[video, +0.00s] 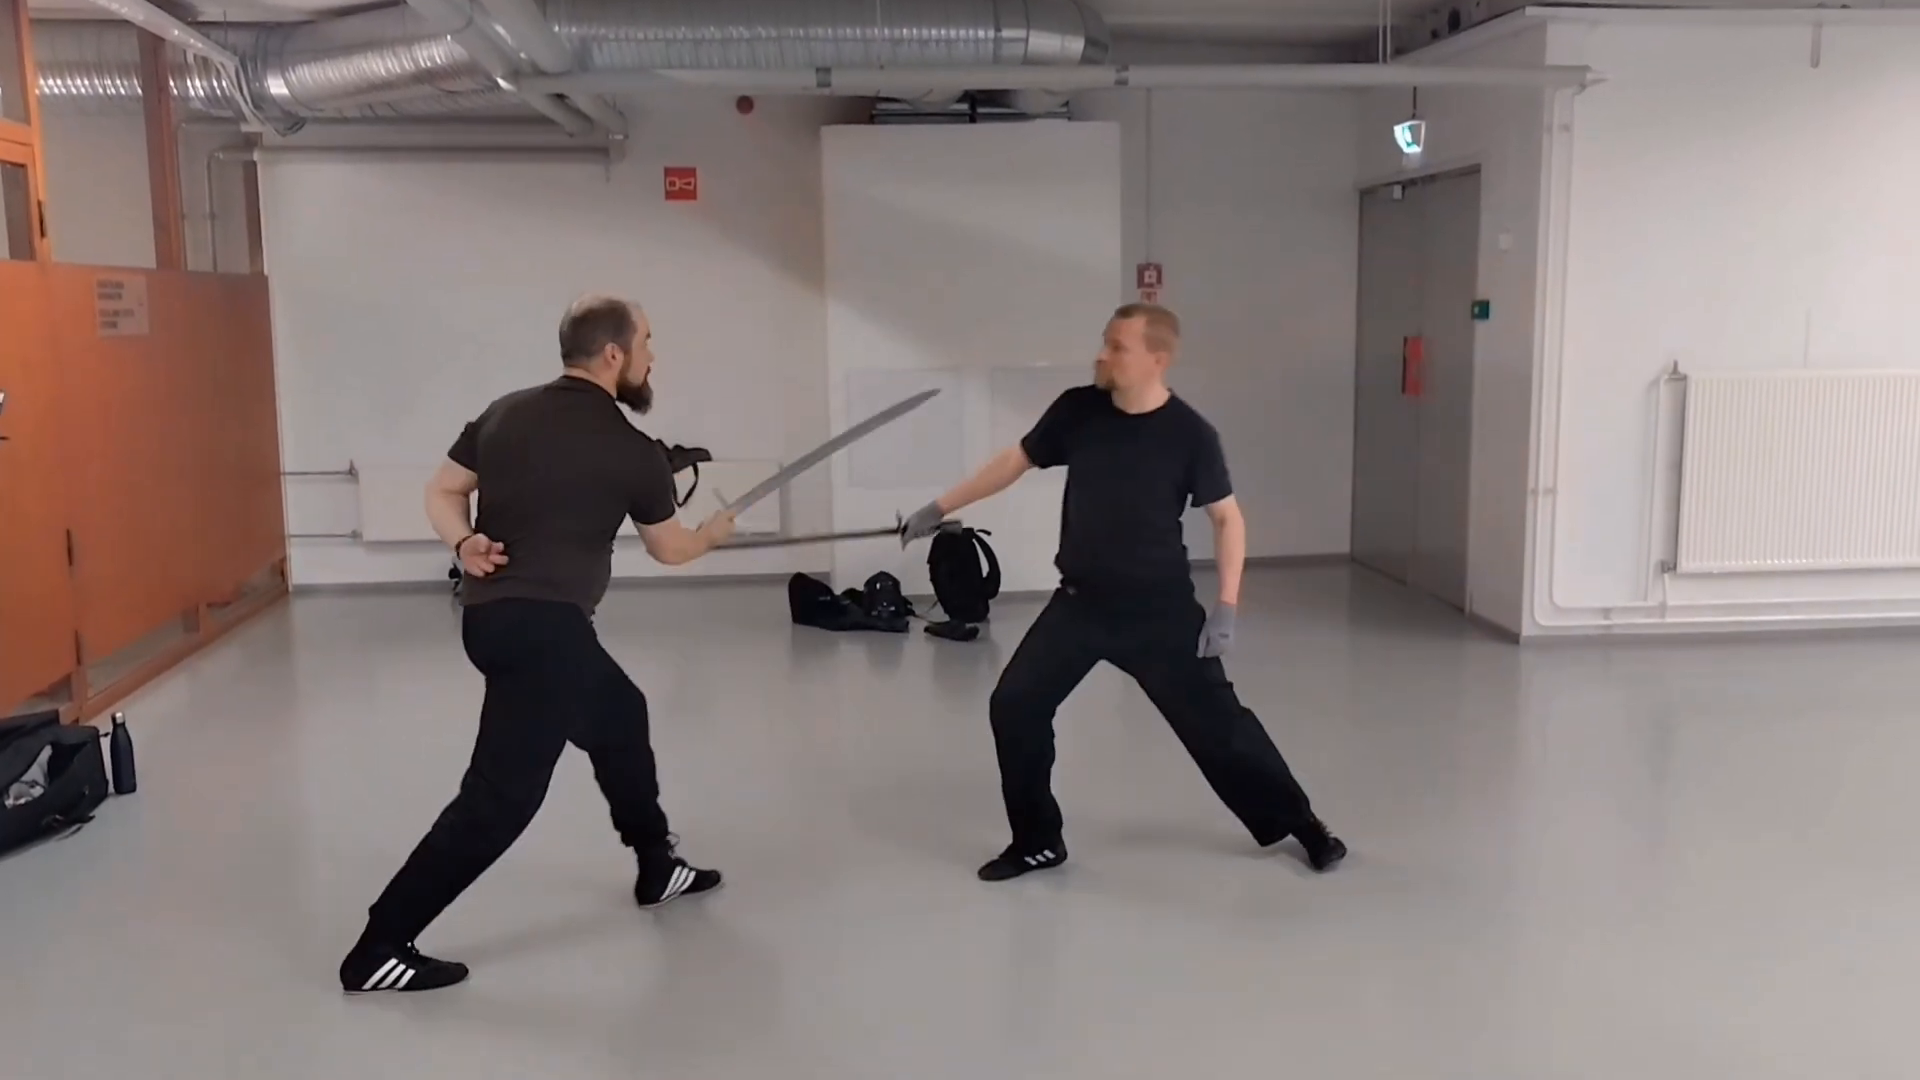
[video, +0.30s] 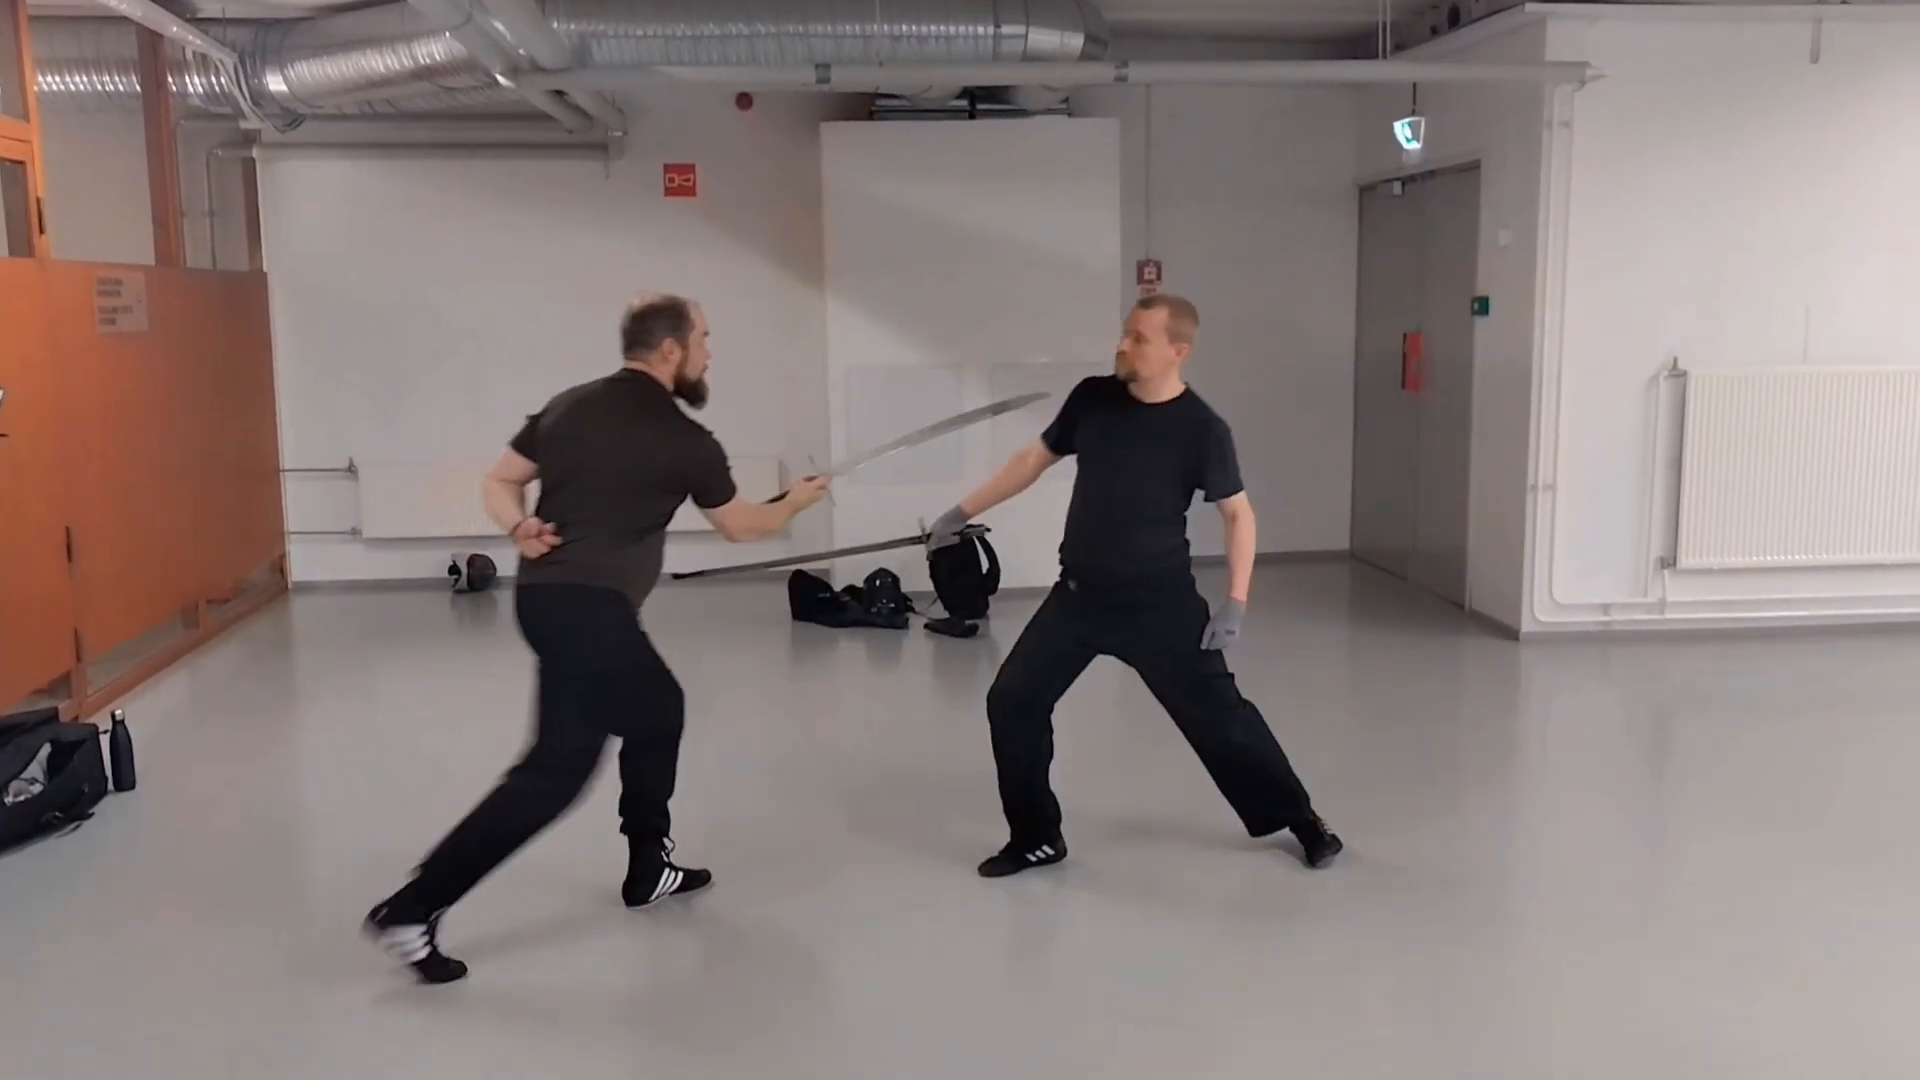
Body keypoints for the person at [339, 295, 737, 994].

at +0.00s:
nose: (651, 358)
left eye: (650, 344)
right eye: (646, 346)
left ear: (574, 355)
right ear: (614, 355)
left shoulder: (506, 414)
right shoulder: (630, 447)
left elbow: (444, 490)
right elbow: (670, 548)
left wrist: (462, 541)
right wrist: (714, 533)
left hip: (490, 617)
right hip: (548, 623)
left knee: (620, 713)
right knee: (498, 800)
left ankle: (656, 865)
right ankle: (377, 952)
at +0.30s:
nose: (709, 354)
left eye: (707, 341)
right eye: (703, 342)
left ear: (636, 349)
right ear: (673, 350)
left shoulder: (572, 406)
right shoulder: (684, 438)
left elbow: (503, 480)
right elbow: (741, 525)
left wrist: (518, 528)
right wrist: (796, 501)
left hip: (546, 597)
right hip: (593, 606)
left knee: (657, 707)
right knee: (559, 768)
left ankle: (649, 867)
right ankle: (409, 912)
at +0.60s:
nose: (771, 331)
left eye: (768, 317)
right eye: (763, 318)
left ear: (709, 328)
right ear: (730, 326)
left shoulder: (645, 390)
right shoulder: (736, 405)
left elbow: (595, 474)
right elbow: (826, 496)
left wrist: (603, 507)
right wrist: (884, 470)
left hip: (629, 579)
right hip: (686, 581)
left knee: (697, 720)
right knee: (784, 709)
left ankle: (653, 865)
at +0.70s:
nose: (790, 323)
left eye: (789, 310)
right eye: (783, 310)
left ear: (724, 318)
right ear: (749, 317)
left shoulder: (672, 385)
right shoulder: (754, 388)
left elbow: (635, 470)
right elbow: (852, 455)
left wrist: (636, 503)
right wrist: (929, 422)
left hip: (665, 577)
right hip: (721, 578)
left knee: (710, 724)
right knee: (821, 706)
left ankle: (652, 865)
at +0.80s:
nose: (819, 320)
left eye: (817, 306)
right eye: (811, 308)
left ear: (753, 318)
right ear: (776, 315)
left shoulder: (710, 383)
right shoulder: (779, 380)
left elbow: (676, 473)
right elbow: (881, 411)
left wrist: (678, 504)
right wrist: (956, 360)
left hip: (707, 577)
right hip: (763, 576)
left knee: (727, 728)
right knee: (856, 712)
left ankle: (654, 860)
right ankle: (902, 863)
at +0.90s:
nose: (852, 315)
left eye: (849, 302)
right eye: (844, 303)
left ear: (789, 315)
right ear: (812, 311)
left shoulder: (750, 382)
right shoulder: (810, 373)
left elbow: (730, 470)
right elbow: (906, 361)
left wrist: (719, 501)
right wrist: (971, 293)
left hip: (742, 580)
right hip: (797, 581)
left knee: (743, 726)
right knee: (890, 706)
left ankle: (653, 858)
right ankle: (904, 865)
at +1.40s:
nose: (843, 310)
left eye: (840, 299)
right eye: (835, 296)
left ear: (785, 303)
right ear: (810, 299)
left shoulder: (770, 370)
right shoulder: (788, 352)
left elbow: (780, 478)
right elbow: (855, 274)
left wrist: (735, 504)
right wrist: (896, 194)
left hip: (740, 569)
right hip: (780, 568)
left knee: (751, 718)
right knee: (872, 706)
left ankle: (660, 841)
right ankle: (893, 863)